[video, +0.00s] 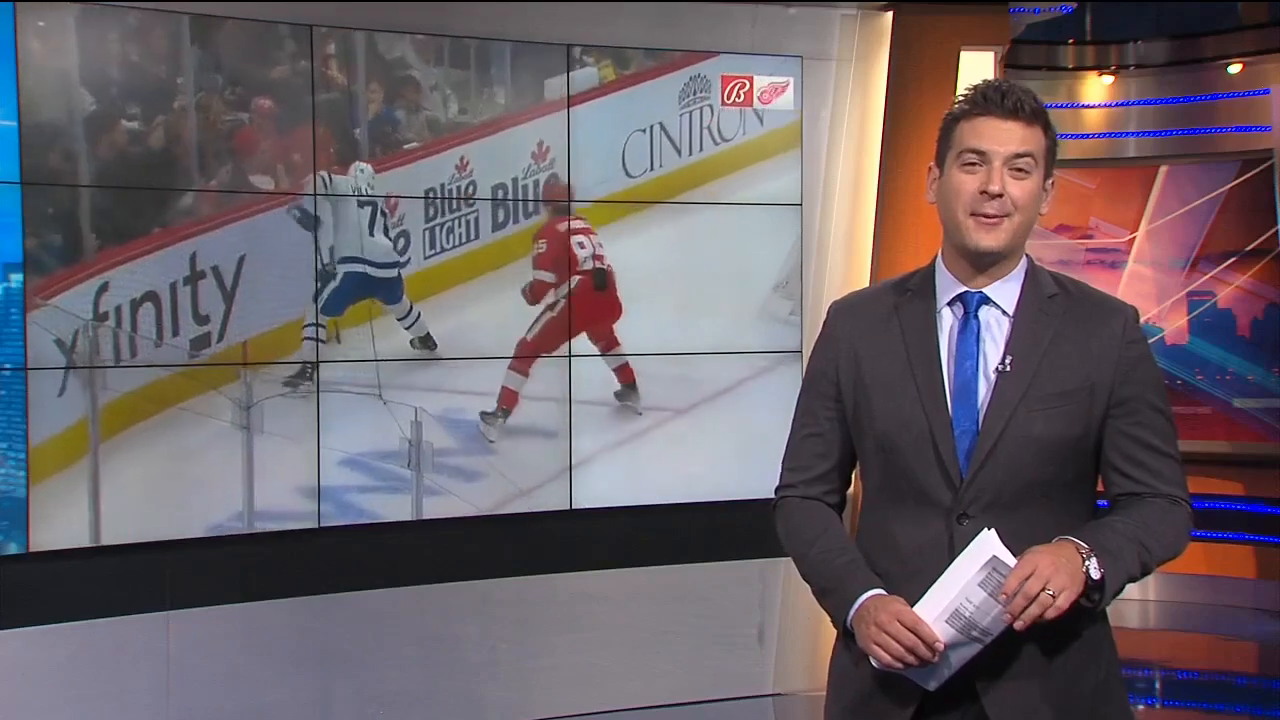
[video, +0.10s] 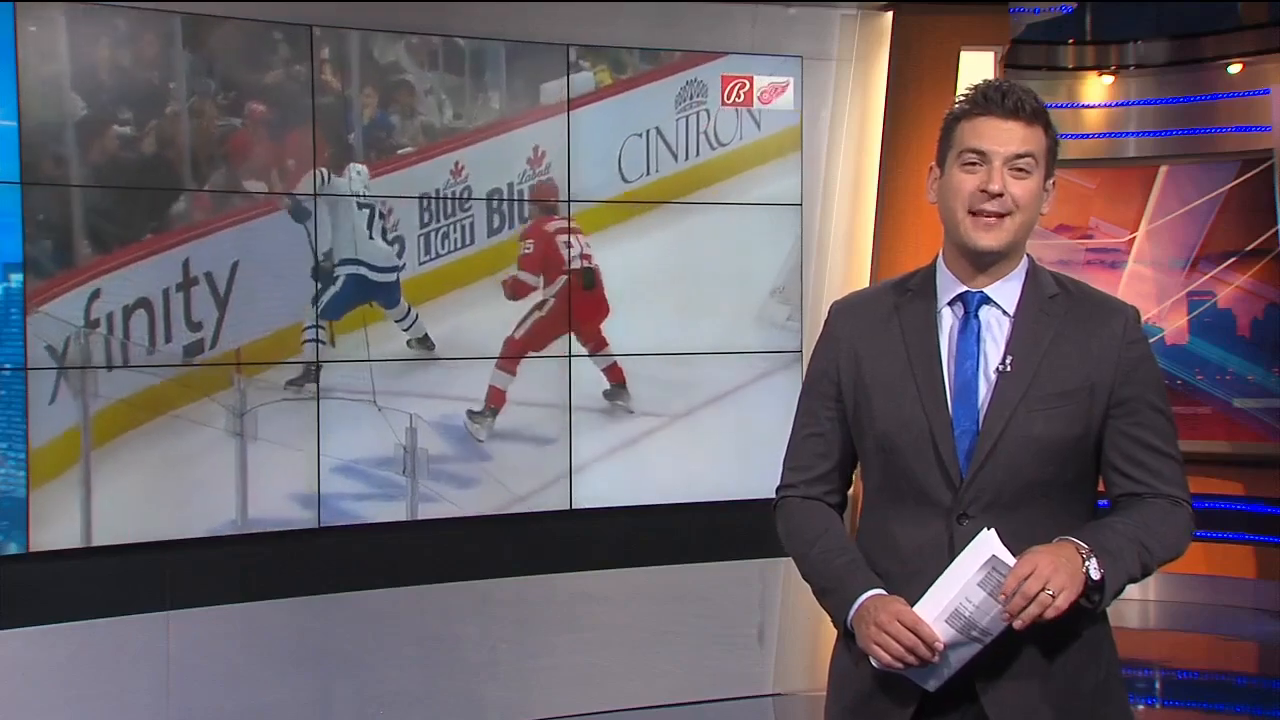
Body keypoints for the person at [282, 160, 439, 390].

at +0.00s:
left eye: (349, 174)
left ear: (350, 175)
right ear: (371, 180)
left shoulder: (339, 184)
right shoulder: (378, 202)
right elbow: (388, 240)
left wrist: (313, 215)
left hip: (352, 273)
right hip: (388, 273)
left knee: (317, 313)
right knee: (400, 305)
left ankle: (308, 368)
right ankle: (425, 339)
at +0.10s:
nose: (330, 166)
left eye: (332, 162)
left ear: (336, 169)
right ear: (361, 177)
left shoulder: (334, 185)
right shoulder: (370, 200)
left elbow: (318, 174)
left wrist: (297, 202)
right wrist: (328, 263)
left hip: (354, 273)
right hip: (388, 274)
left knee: (316, 314)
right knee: (396, 307)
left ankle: (311, 369)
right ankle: (424, 340)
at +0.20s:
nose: (338, 181)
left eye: (340, 178)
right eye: (341, 178)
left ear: (341, 181)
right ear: (362, 184)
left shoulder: (339, 193)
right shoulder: (375, 209)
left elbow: (315, 174)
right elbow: (390, 250)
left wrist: (294, 194)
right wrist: (332, 266)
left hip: (354, 281)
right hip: (387, 283)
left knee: (314, 317)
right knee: (392, 308)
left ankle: (313, 372)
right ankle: (421, 341)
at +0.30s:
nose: (330, 184)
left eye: (333, 181)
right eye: (333, 180)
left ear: (335, 184)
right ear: (356, 186)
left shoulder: (335, 196)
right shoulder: (369, 211)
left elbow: (311, 176)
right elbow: (375, 252)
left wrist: (283, 188)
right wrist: (328, 263)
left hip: (352, 285)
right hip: (384, 287)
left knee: (310, 321)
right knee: (389, 311)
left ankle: (315, 375)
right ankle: (416, 343)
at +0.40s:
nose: (320, 190)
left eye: (321, 186)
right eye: (320, 185)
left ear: (326, 187)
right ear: (350, 188)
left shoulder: (331, 205)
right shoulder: (366, 216)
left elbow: (305, 184)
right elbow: (362, 257)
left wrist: (279, 188)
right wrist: (324, 262)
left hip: (349, 293)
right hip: (382, 296)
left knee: (304, 329)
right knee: (383, 315)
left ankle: (319, 380)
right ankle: (410, 345)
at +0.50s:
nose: (314, 193)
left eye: (316, 189)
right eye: (315, 188)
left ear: (323, 189)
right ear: (345, 188)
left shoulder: (331, 205)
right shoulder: (362, 215)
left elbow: (308, 189)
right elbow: (357, 255)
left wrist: (273, 189)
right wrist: (321, 260)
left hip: (350, 298)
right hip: (380, 299)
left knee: (304, 334)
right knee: (380, 318)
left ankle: (321, 385)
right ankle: (405, 348)